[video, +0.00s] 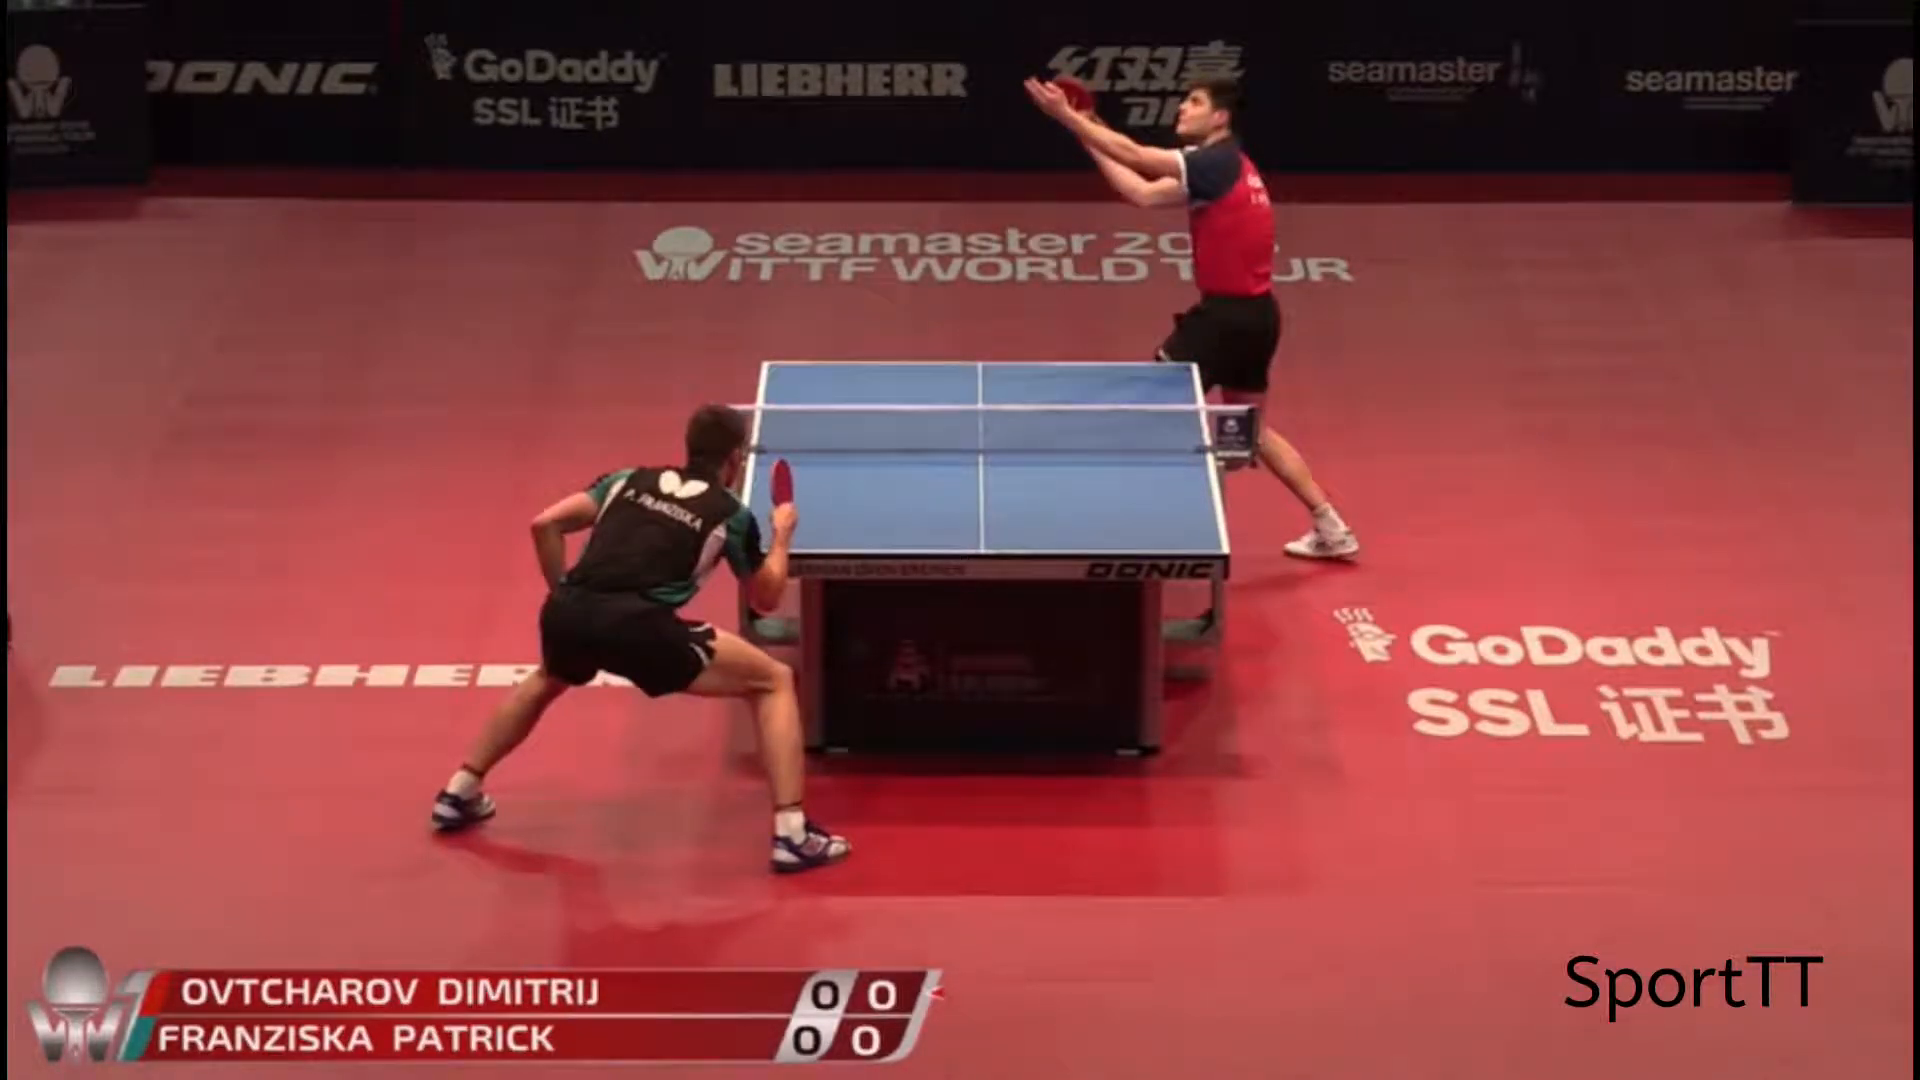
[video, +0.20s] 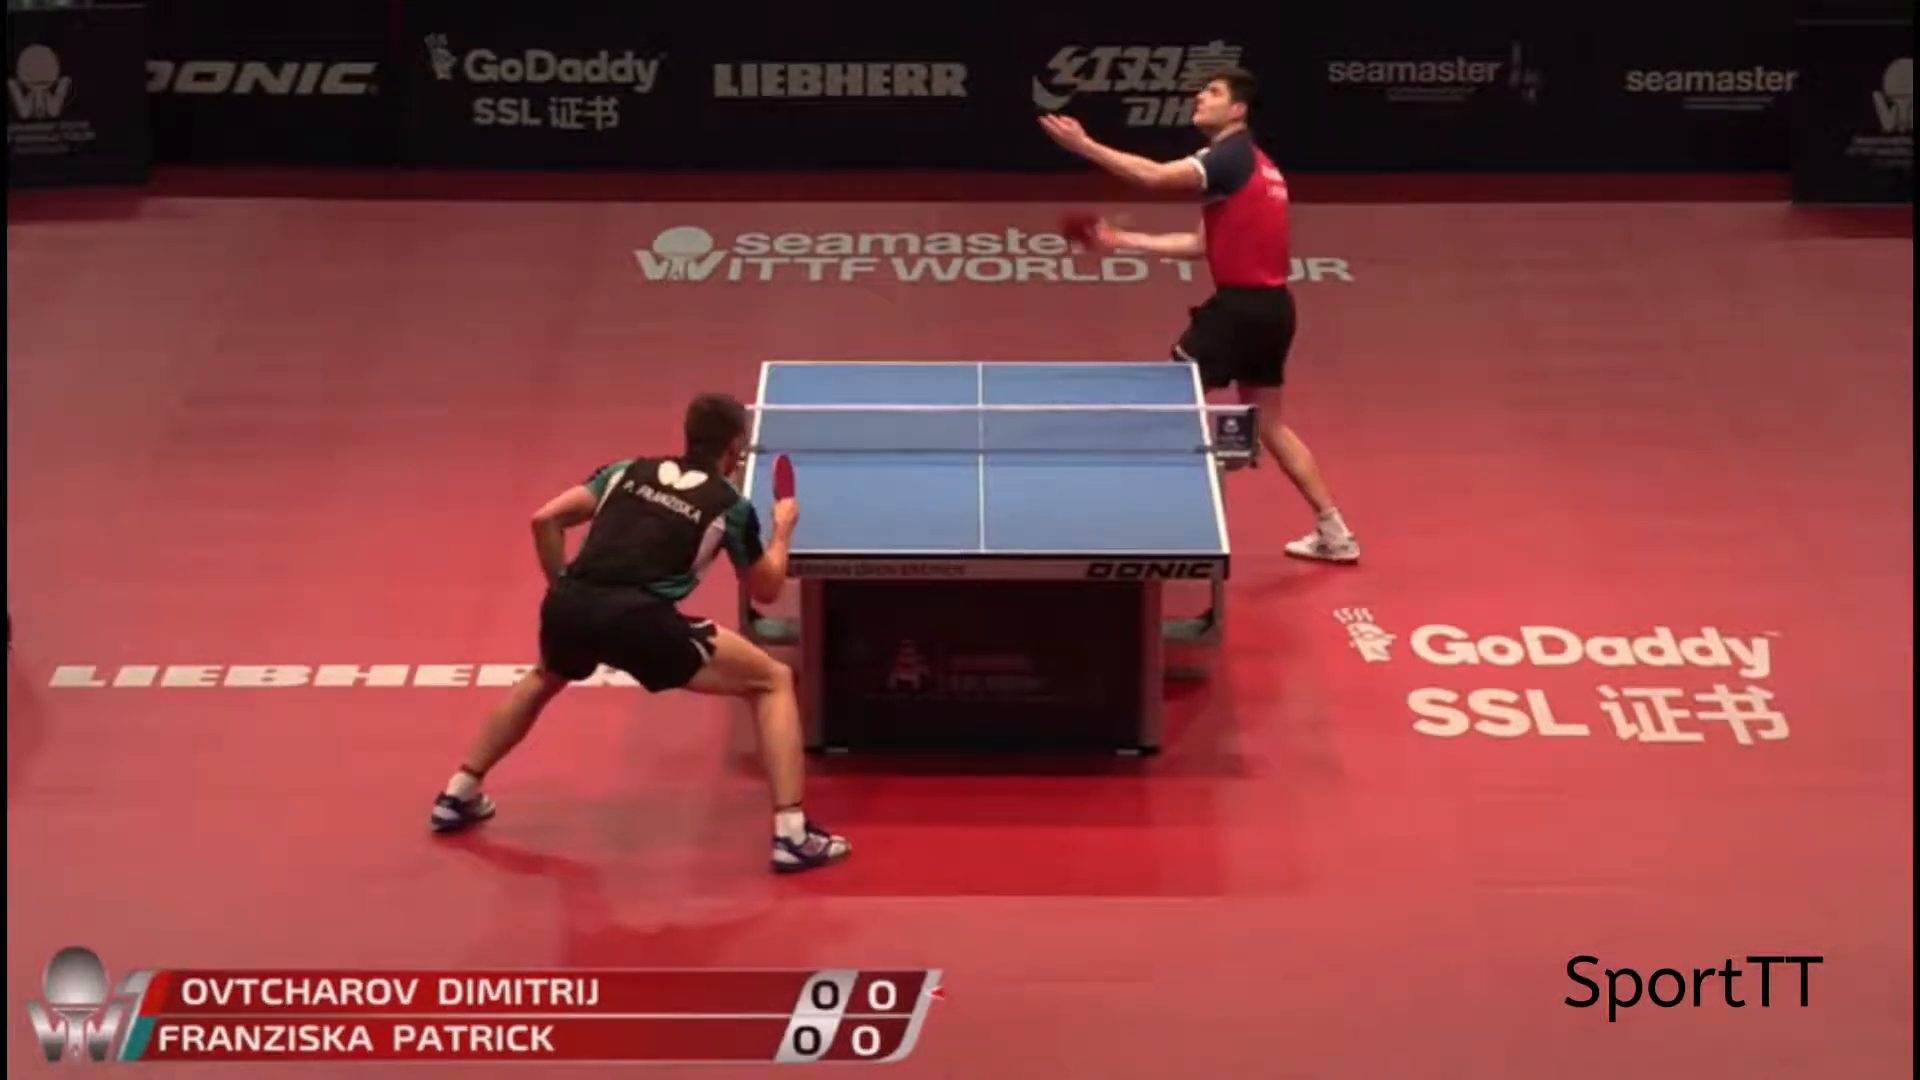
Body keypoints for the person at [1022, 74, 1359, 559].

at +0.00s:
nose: (1181, 110)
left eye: (1192, 103)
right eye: (1184, 101)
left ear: (1220, 117)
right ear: (1217, 120)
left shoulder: (1216, 161)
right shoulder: (1229, 165)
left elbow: (1136, 155)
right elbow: (1144, 192)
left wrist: (1068, 115)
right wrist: (1088, 137)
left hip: (1225, 315)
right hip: (1253, 315)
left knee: (1145, 406)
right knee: (1250, 430)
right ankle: (1330, 525)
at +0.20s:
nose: (1198, 101)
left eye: (1210, 94)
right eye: (1201, 93)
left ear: (1238, 109)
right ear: (1236, 113)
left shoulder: (1232, 155)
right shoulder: (1258, 162)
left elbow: (1155, 177)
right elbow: (1204, 243)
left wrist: (1085, 146)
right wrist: (1124, 240)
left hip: (1237, 307)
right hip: (1272, 307)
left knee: (1162, 403)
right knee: (1267, 425)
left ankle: (1162, 528)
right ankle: (1334, 530)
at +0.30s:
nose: (1204, 98)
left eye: (1216, 92)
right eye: (1208, 90)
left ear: (1244, 107)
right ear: (1242, 111)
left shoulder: (1237, 154)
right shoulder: (1268, 161)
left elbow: (1168, 183)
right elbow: (1242, 255)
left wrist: (1097, 159)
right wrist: (1168, 283)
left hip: (1241, 305)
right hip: (1279, 304)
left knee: (1172, 406)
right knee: (1274, 420)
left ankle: (1166, 530)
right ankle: (1334, 529)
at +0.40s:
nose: (1207, 97)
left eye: (1220, 91)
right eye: (1211, 89)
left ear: (1248, 106)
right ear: (1247, 111)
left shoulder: (1238, 150)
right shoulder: (1276, 159)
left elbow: (1185, 188)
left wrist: (1114, 176)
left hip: (1249, 302)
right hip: (1286, 302)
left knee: (1178, 404)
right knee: (1279, 419)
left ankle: (1173, 529)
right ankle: (1335, 531)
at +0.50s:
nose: (1205, 102)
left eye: (1217, 95)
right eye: (1209, 94)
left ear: (1244, 109)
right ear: (1246, 113)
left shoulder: (1234, 151)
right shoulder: (1285, 165)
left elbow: (1201, 194)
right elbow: (1310, 247)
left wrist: (1137, 202)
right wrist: (1326, 282)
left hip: (1245, 303)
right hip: (1287, 306)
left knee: (1163, 386)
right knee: (1275, 423)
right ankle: (1334, 531)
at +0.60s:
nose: (1191, 125)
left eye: (1201, 117)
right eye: (1194, 116)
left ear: (1229, 124)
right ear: (1234, 127)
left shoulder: (1223, 165)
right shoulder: (1282, 174)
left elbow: (1195, 209)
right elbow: (1318, 248)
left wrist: (1160, 233)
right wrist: (1333, 214)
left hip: (1238, 315)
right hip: (1281, 316)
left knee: (1156, 387)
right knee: (1264, 433)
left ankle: (1214, 455)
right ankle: (1334, 532)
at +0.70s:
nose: (1133, 184)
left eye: (1138, 171)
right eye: (1132, 173)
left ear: (1168, 164)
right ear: (1172, 166)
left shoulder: (1187, 200)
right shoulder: (1227, 184)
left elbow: (1181, 250)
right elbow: (1268, 202)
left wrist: (1164, 263)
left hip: (1238, 336)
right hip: (1279, 331)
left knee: (1163, 419)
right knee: (1257, 442)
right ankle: (1333, 532)